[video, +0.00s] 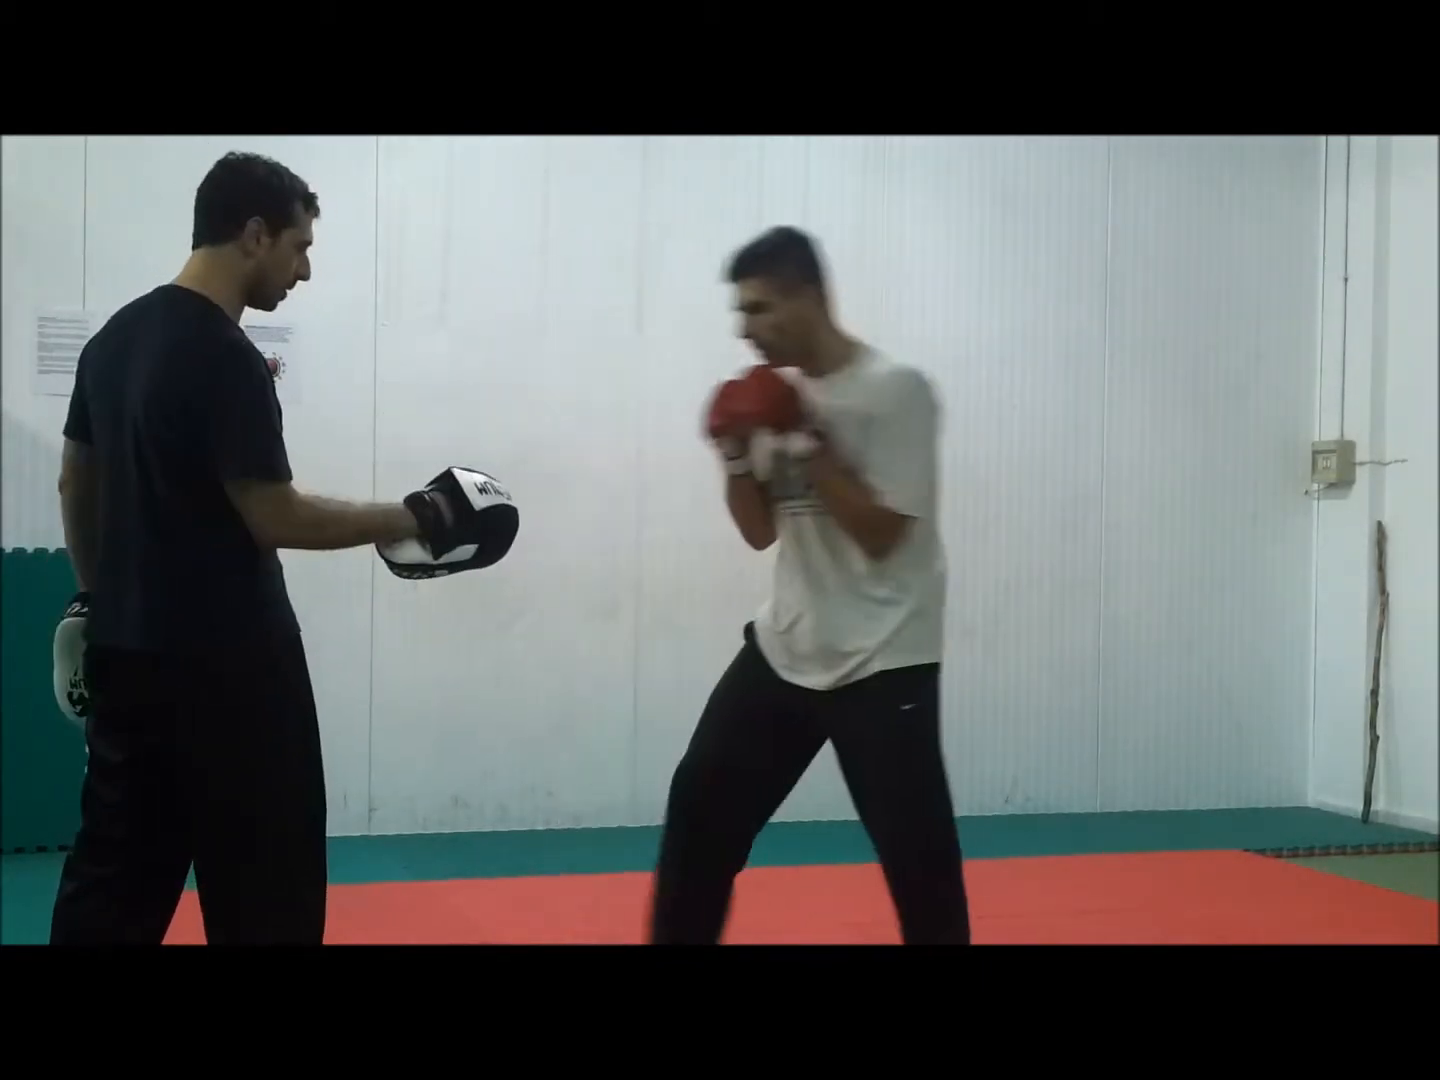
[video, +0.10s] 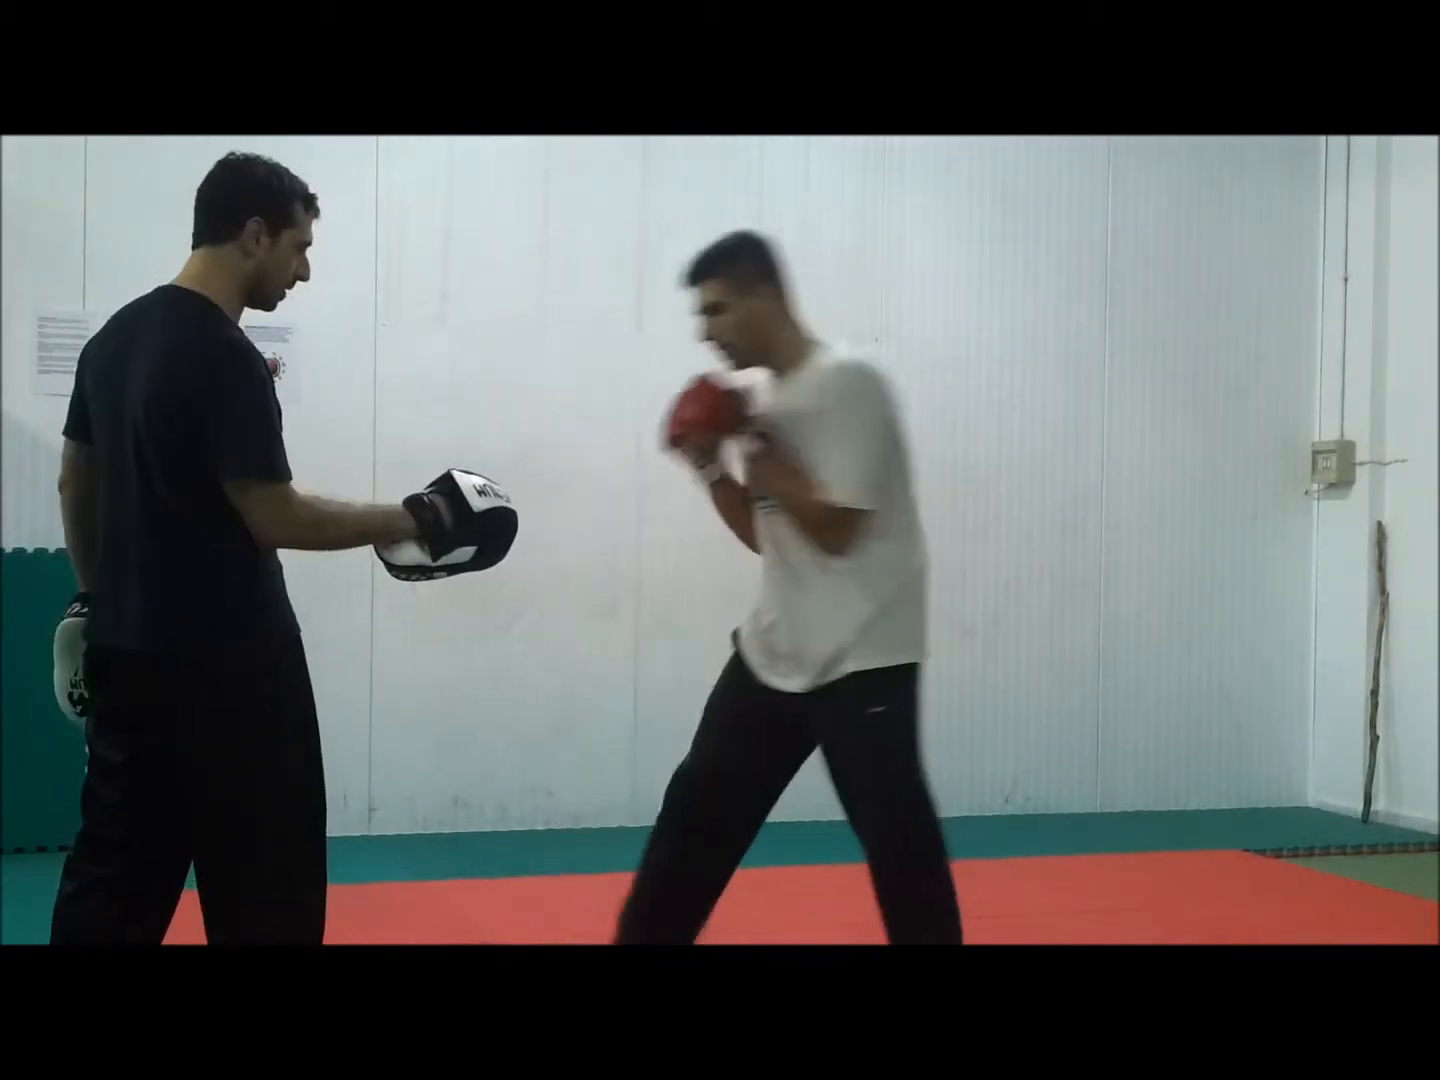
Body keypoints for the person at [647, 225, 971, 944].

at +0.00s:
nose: (746, 329)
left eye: (759, 309)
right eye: (740, 312)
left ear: (811, 297)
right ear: (748, 311)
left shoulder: (895, 390)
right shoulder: (774, 396)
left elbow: (884, 534)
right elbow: (760, 533)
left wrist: (814, 447)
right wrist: (737, 455)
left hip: (883, 657)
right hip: (786, 646)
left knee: (919, 856)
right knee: (701, 805)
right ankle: (678, 942)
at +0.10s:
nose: (705, 332)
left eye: (714, 311)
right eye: (700, 316)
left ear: (765, 295)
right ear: (741, 307)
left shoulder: (850, 382)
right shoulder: (752, 399)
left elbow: (838, 532)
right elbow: (762, 534)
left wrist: (769, 462)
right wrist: (708, 465)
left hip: (863, 658)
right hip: (775, 651)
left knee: (903, 850)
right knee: (693, 829)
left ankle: (933, 945)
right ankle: (642, 943)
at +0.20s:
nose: (647, 358)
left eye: (654, 336)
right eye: (641, 343)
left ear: (702, 318)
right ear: (700, 325)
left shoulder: (749, 390)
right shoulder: (742, 391)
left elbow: (754, 533)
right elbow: (757, 525)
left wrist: (678, 482)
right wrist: (672, 488)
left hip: (817, 655)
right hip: (754, 652)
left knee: (855, 842)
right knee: (677, 836)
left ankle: (919, 943)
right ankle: (632, 945)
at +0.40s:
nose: (562, 393)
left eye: (566, 370)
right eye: (555, 380)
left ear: (612, 343)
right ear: (622, 348)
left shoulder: (649, 397)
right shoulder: (693, 398)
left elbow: (678, 542)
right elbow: (727, 549)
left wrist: (605, 498)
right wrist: (646, 572)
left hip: (766, 649)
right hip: (699, 655)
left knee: (822, 842)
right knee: (619, 833)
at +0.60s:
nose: (536, 335)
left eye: (539, 315)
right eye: (519, 335)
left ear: (575, 305)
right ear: (520, 356)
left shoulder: (675, 361)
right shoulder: (544, 438)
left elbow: (761, 442)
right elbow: (528, 571)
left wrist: (663, 388)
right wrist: (464, 539)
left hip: (777, 606)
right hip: (669, 632)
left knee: (842, 784)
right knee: (635, 840)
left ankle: (893, 935)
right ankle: (613, 941)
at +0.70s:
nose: (503, 357)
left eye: (504, 336)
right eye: (489, 357)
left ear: (543, 321)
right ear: (493, 374)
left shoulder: (652, 357)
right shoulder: (533, 444)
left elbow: (741, 445)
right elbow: (544, 572)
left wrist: (637, 396)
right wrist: (510, 493)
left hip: (759, 598)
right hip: (656, 630)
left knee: (829, 787)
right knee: (618, 829)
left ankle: (892, 936)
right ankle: (611, 946)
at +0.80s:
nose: (484, 365)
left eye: (485, 347)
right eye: (469, 368)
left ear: (523, 338)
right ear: (474, 393)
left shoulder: (623, 372)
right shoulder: (526, 473)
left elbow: (701, 479)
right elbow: (590, 590)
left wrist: (583, 430)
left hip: (746, 625)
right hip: (644, 644)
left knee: (823, 819)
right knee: (588, 838)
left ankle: (878, 937)